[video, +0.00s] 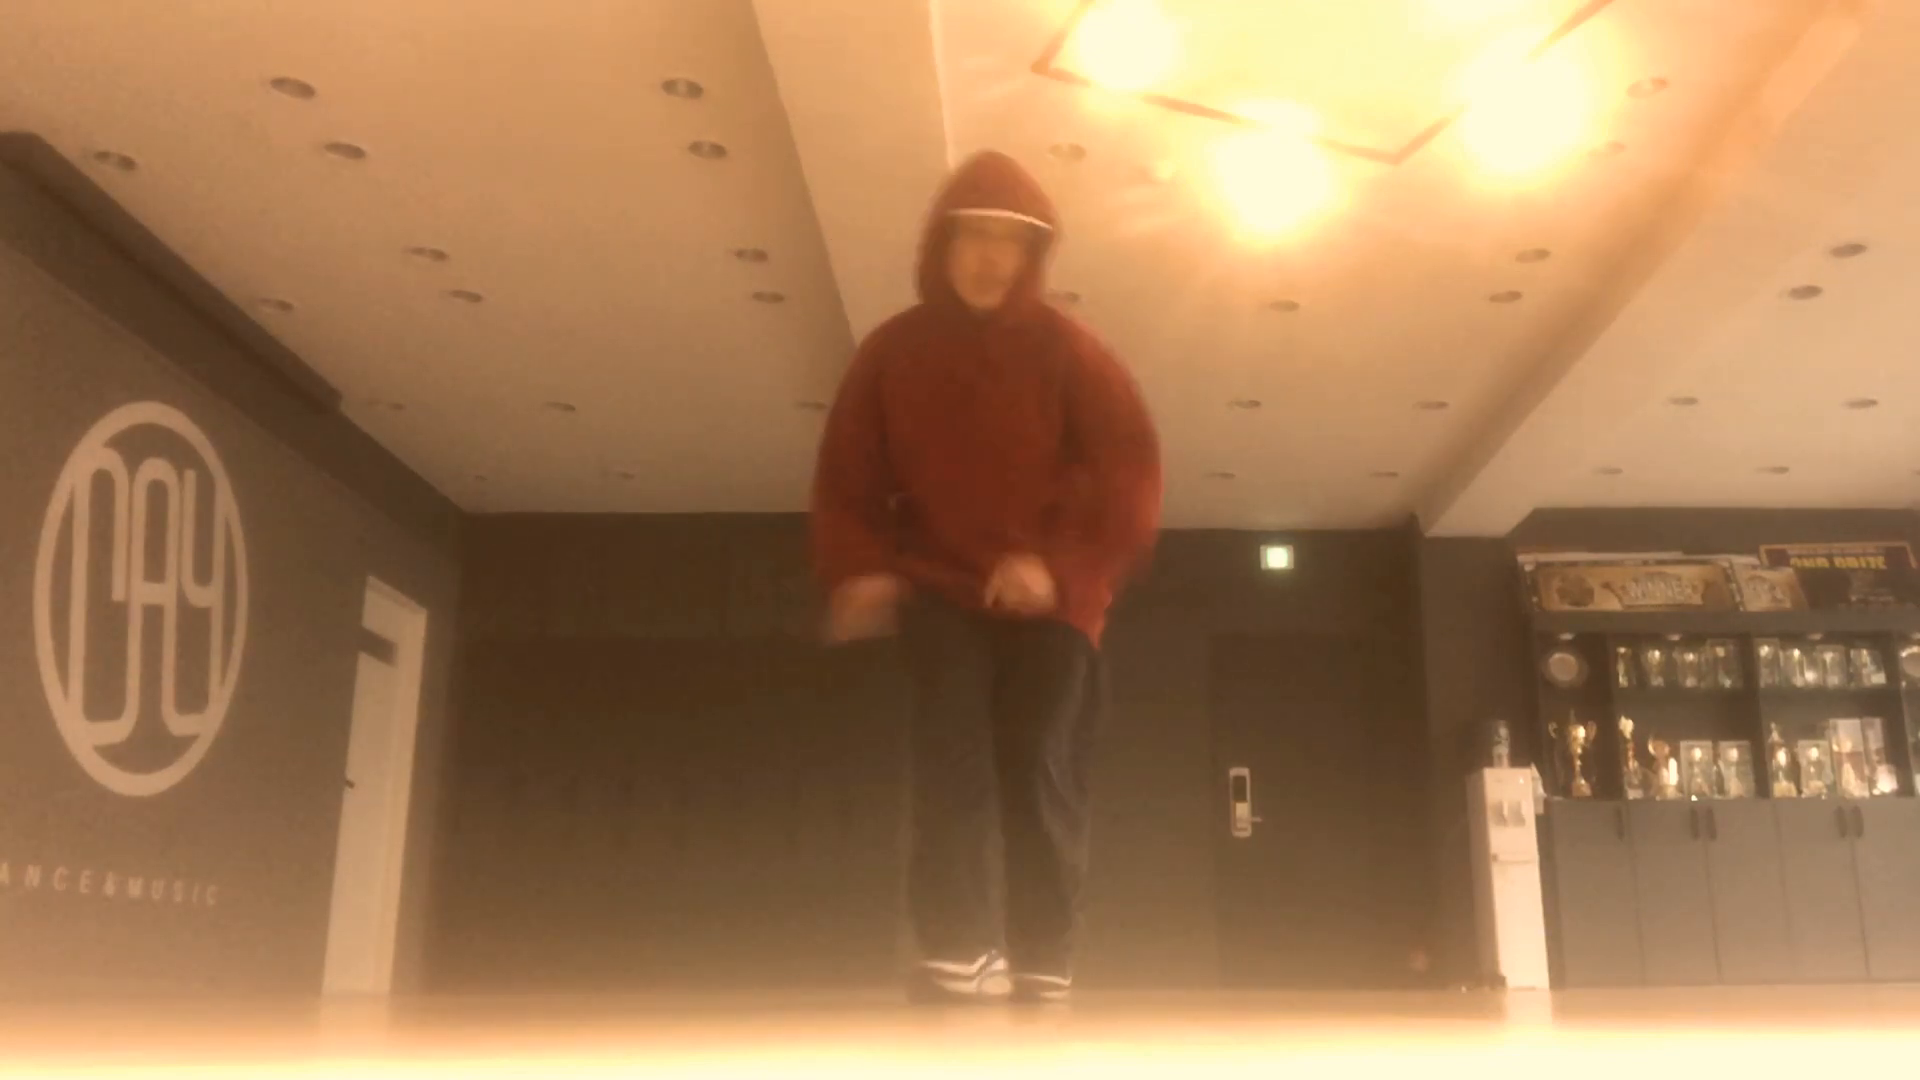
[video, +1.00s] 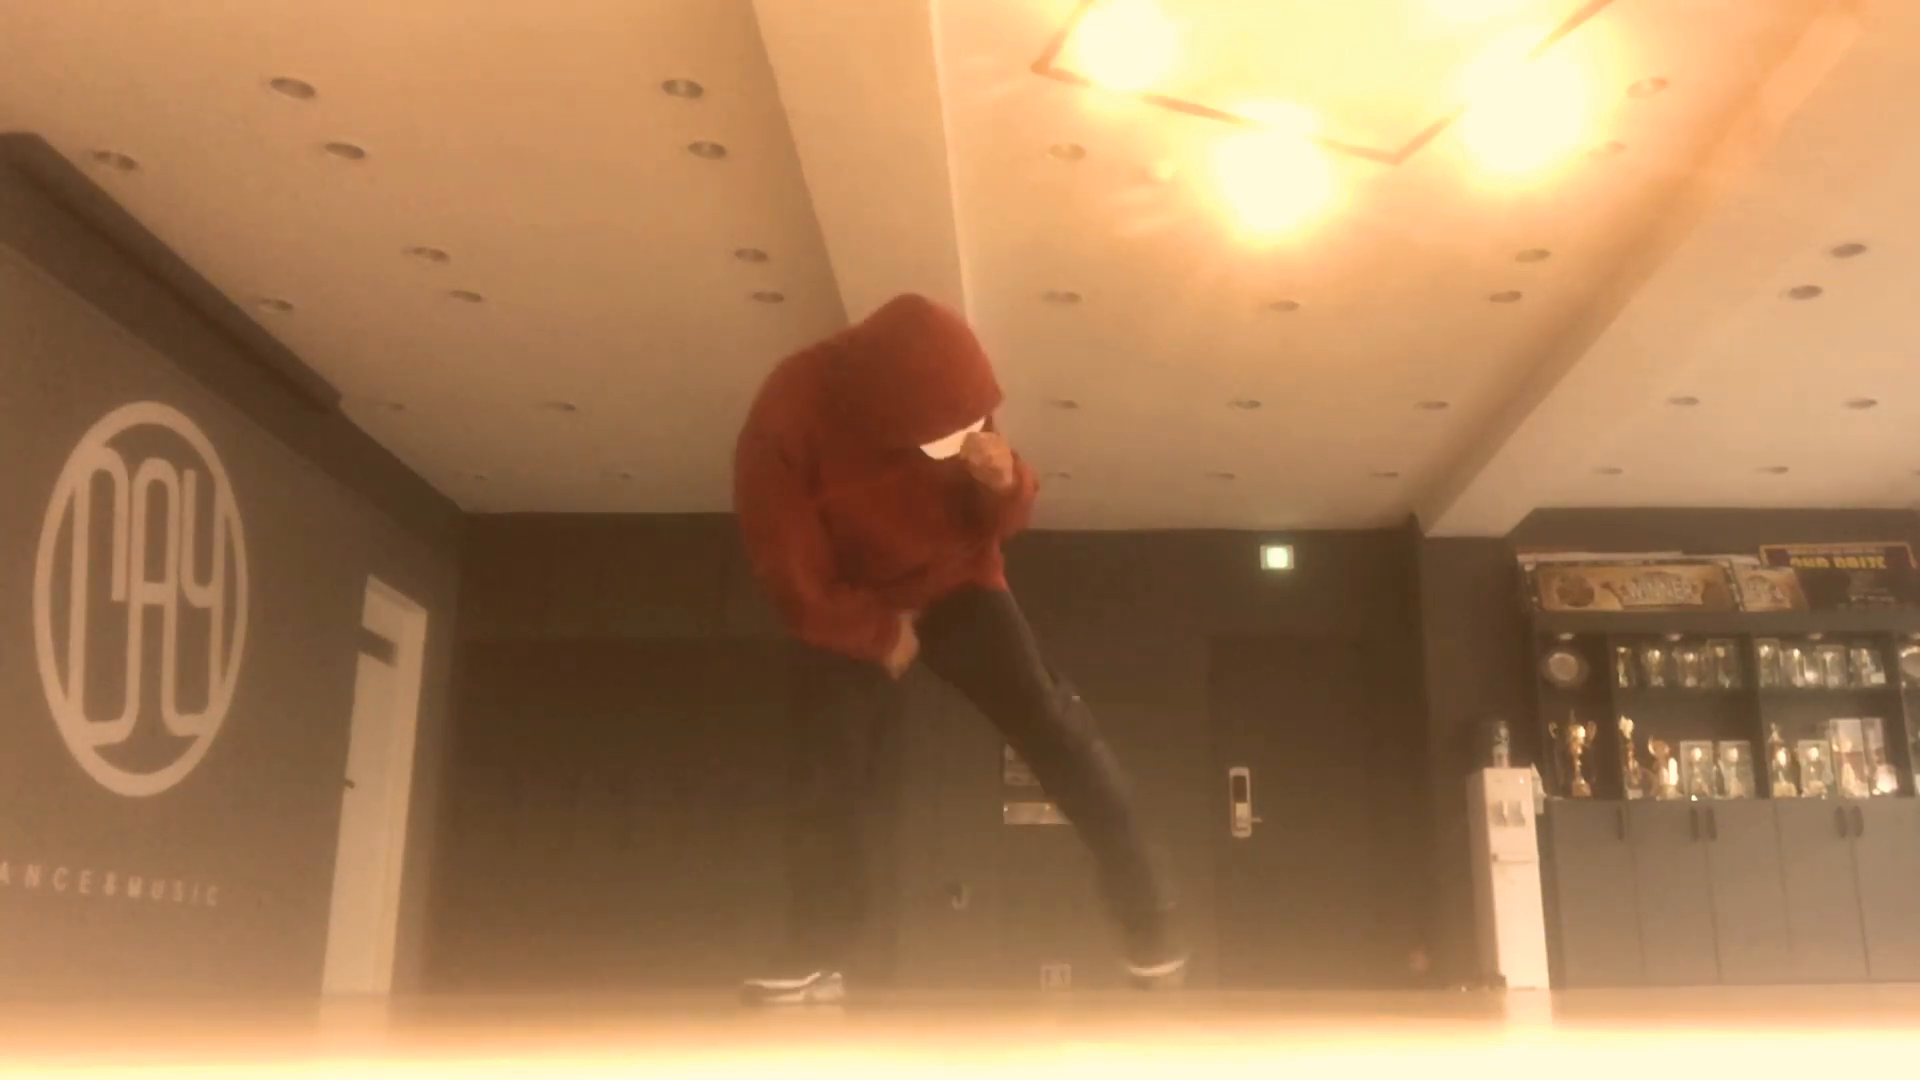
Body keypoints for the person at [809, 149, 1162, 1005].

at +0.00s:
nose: (987, 257)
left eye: (1007, 241)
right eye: (971, 238)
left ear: (1032, 253)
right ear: (943, 246)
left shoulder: (1069, 352)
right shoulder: (893, 352)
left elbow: (1127, 475)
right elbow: (845, 475)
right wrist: (857, 567)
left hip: (1050, 597)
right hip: (935, 592)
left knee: (1041, 772)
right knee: (949, 769)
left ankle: (1044, 956)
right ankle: (956, 949)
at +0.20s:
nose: (1075, 323)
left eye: (1098, 312)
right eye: (1070, 297)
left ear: (1112, 317)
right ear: (1035, 276)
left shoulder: (1084, 389)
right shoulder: (948, 327)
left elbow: (1089, 538)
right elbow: (884, 458)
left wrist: (1097, 493)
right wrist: (939, 584)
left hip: (1004, 564)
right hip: (894, 547)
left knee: (1048, 729)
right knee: (866, 705)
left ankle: (1027, 940)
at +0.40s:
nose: (1088, 423)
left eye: (1106, 417)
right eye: (1095, 402)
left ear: (1107, 415)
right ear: (1071, 362)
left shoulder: (1055, 446)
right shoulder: (958, 356)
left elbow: (1024, 574)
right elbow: (882, 471)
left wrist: (1103, 486)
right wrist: (880, 608)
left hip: (925, 597)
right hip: (809, 573)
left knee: (993, 736)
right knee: (757, 740)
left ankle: (1001, 941)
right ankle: (640, 932)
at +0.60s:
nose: (976, 572)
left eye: (992, 570)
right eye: (979, 559)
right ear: (969, 507)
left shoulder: (1001, 494)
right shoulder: (879, 440)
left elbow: (920, 643)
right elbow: (752, 532)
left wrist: (954, 618)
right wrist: (810, 631)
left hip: (868, 601)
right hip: (768, 578)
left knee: (932, 744)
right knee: (748, 753)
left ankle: (987, 948)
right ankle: (636, 949)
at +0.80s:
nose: (936, 500)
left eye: (952, 484)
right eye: (919, 485)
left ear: (980, 446)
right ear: (880, 432)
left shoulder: (1004, 421)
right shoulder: (816, 400)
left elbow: (1026, 555)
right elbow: (771, 545)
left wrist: (962, 549)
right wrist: (855, 610)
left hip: (936, 589)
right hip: (826, 582)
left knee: (978, 748)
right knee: (765, 744)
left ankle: (995, 940)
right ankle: (637, 926)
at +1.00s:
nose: (957, 442)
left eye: (964, 427)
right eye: (939, 431)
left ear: (969, 398)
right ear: (890, 407)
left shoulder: (952, 393)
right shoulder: (791, 409)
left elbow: (1014, 514)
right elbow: (790, 574)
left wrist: (1003, 476)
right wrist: (878, 631)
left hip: (953, 579)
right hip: (847, 593)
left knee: (1051, 725)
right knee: (832, 770)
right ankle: (818, 955)